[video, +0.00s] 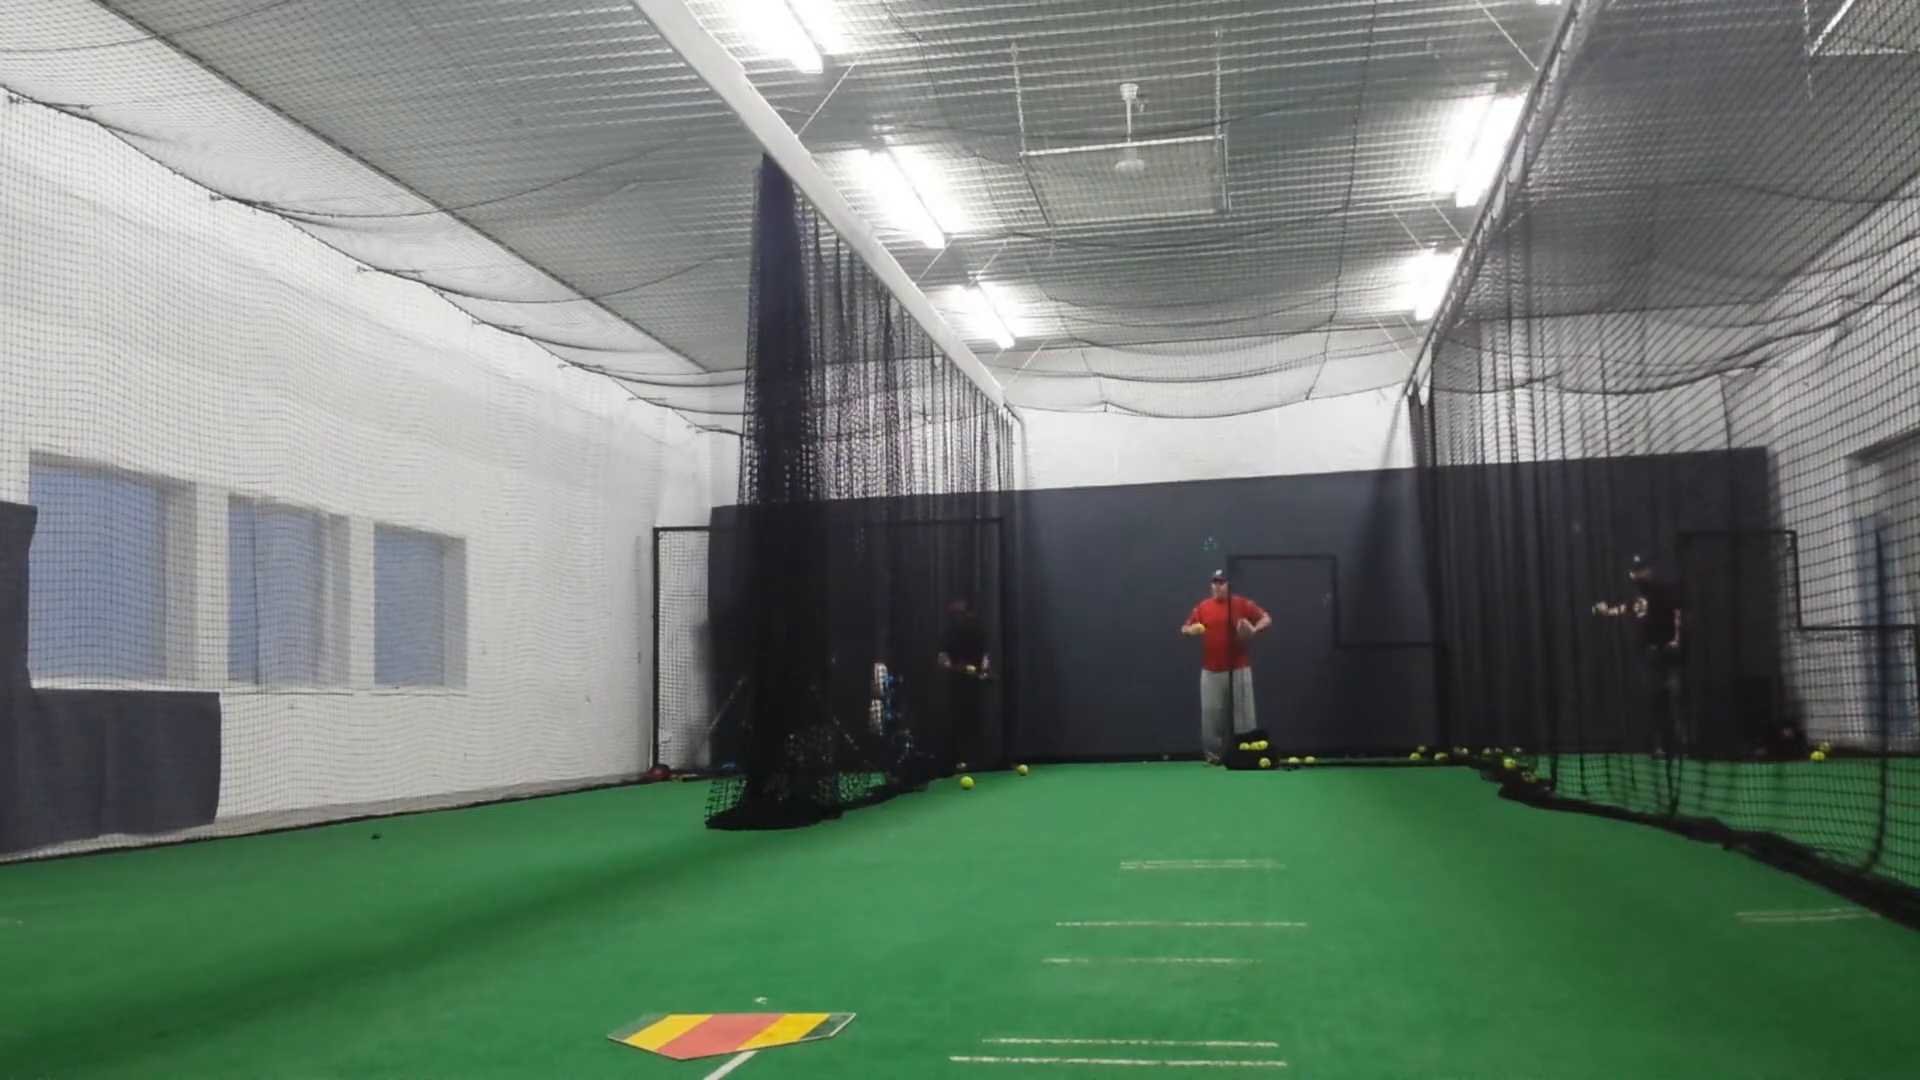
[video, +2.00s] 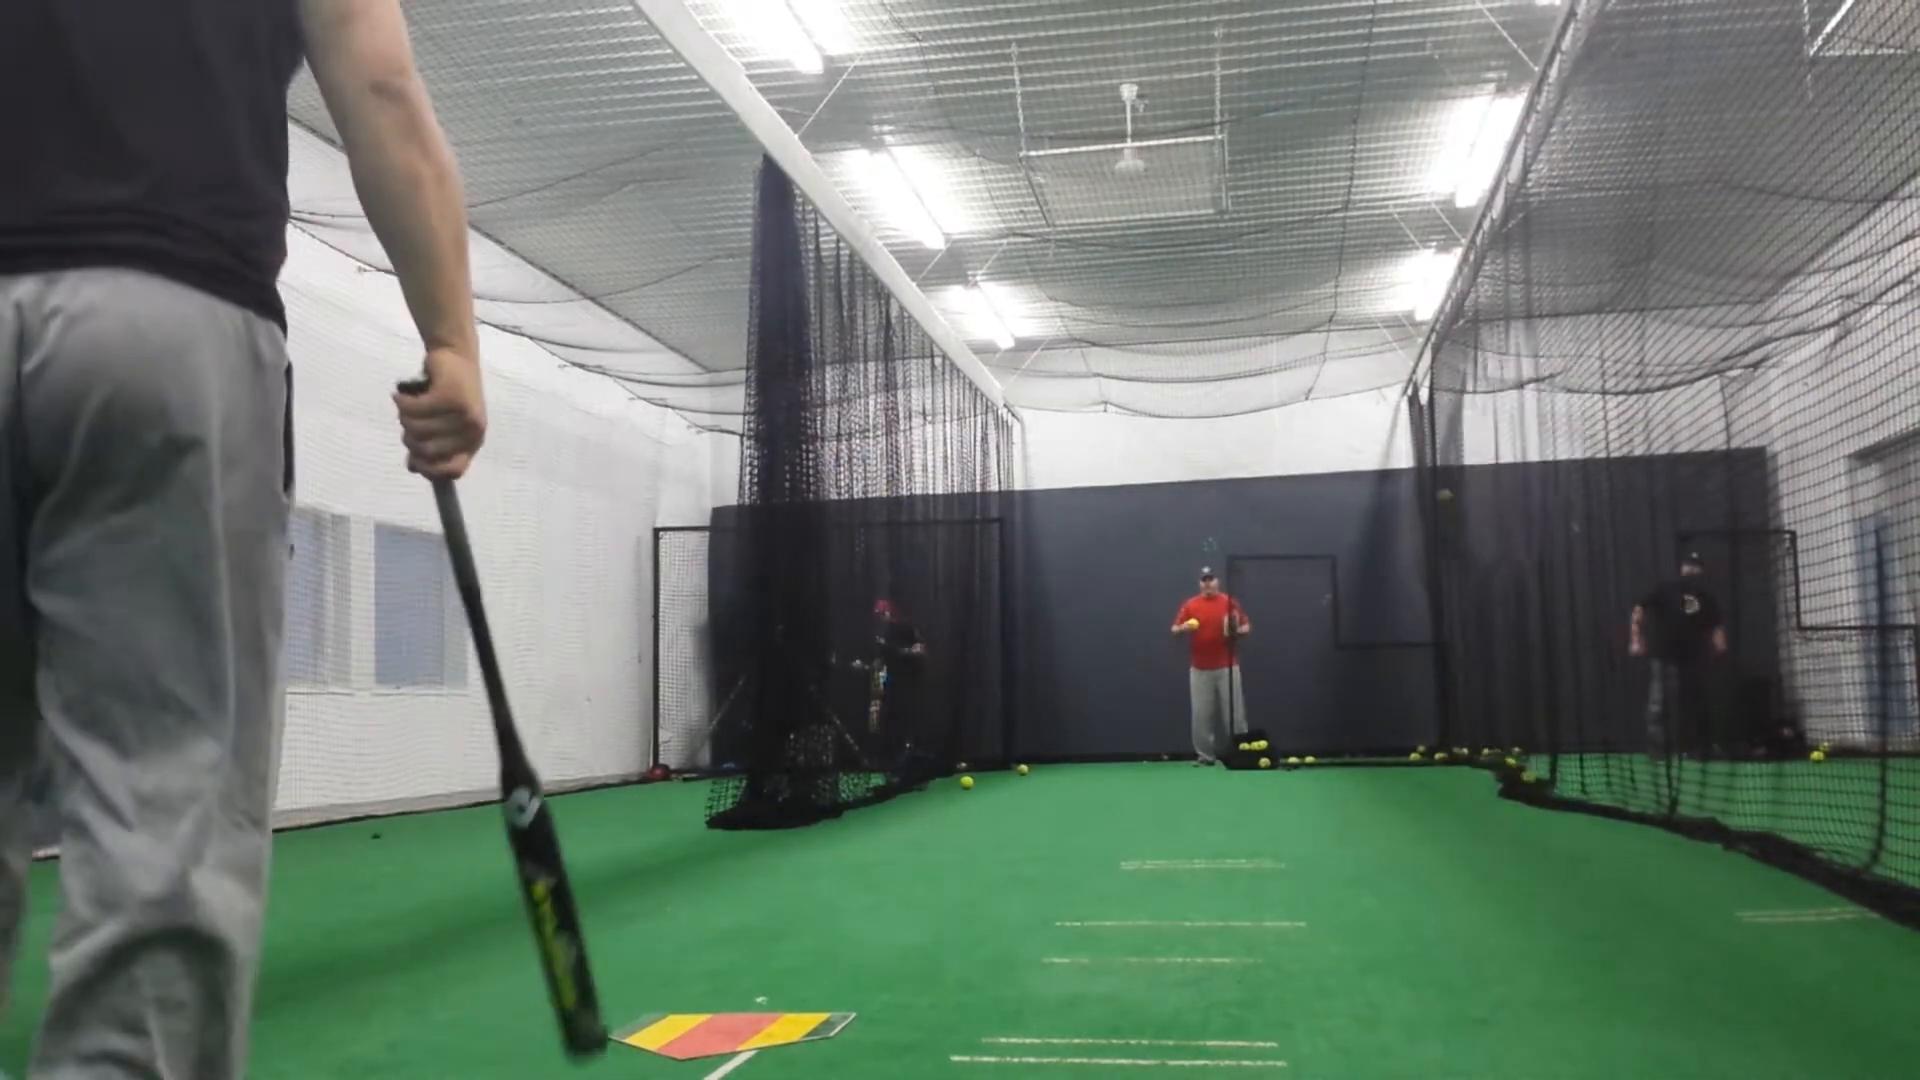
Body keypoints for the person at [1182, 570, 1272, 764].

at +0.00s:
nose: (1218, 587)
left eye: (1221, 583)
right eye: (1215, 583)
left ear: (1228, 585)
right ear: (1211, 586)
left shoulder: (1241, 604)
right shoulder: (1203, 607)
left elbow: (1266, 618)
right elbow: (1185, 628)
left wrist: (1254, 629)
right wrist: (1192, 629)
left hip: (1239, 667)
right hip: (1213, 668)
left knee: (1244, 709)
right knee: (1212, 711)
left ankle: (1246, 751)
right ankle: (1213, 752)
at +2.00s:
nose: (1208, 583)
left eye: (1210, 579)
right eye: (1204, 580)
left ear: (1217, 582)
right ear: (1199, 583)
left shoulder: (1228, 603)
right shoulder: (1191, 605)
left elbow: (1246, 626)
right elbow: (1174, 630)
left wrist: (1236, 630)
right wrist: (1184, 627)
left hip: (1226, 666)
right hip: (1201, 667)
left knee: (1233, 711)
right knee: (1201, 713)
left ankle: (1239, 752)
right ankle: (1205, 754)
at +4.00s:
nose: (1209, 584)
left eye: (1212, 580)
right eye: (1205, 581)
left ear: (1218, 582)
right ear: (1201, 584)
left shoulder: (1233, 601)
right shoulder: (1195, 605)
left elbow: (1259, 616)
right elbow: (1177, 629)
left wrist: (1243, 623)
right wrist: (1185, 626)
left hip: (1228, 664)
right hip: (1203, 665)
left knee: (1233, 709)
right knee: (1202, 710)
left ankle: (1238, 751)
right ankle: (1200, 752)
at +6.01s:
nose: (1184, 582)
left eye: (1187, 578)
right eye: (1180, 579)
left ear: (1195, 580)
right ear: (1176, 583)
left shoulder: (1211, 600)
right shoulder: (1171, 606)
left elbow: (1228, 621)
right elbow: (1159, 635)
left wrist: (1216, 626)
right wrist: (1164, 627)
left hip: (1212, 662)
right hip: (1186, 666)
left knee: (1221, 707)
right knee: (1188, 710)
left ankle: (1227, 752)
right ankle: (1193, 755)